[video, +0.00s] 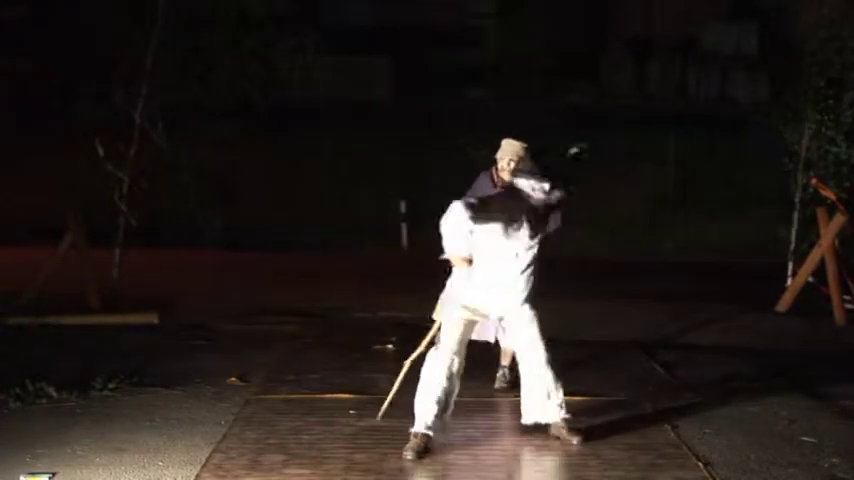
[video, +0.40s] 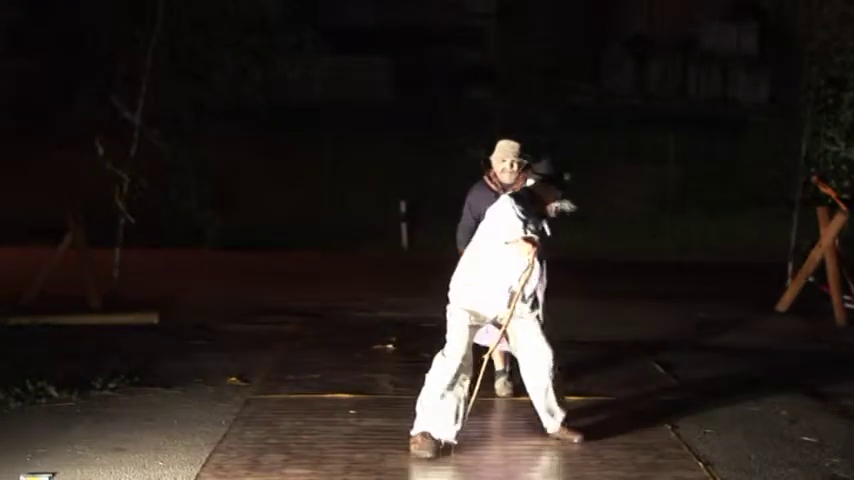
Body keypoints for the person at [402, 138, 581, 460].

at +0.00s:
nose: (509, 170)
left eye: (517, 166)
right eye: (505, 163)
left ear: (528, 170)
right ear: (496, 165)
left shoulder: (538, 211)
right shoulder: (477, 202)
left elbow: (551, 196)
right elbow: (454, 217)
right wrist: (458, 253)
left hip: (512, 296)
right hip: (466, 291)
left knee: (535, 355)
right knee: (444, 356)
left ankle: (555, 420)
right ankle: (422, 430)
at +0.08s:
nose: (524, 188)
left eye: (529, 183)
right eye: (521, 183)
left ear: (534, 182)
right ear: (510, 181)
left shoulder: (542, 223)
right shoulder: (488, 210)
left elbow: (563, 206)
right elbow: (471, 268)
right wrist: (457, 311)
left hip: (521, 304)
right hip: (475, 298)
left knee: (548, 356)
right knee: (453, 358)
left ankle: (554, 417)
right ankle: (425, 430)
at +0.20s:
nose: (517, 163)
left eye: (521, 158)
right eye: (511, 157)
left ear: (527, 159)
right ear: (499, 157)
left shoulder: (535, 181)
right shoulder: (482, 175)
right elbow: (466, 193)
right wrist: (464, 220)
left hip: (522, 245)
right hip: (485, 239)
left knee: (516, 304)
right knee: (482, 301)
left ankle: (508, 364)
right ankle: (479, 361)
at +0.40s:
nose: (509, 169)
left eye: (515, 164)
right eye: (504, 164)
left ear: (522, 168)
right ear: (493, 165)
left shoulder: (527, 190)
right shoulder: (479, 194)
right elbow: (463, 237)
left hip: (519, 259)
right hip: (487, 260)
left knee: (521, 317)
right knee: (497, 317)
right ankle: (502, 372)